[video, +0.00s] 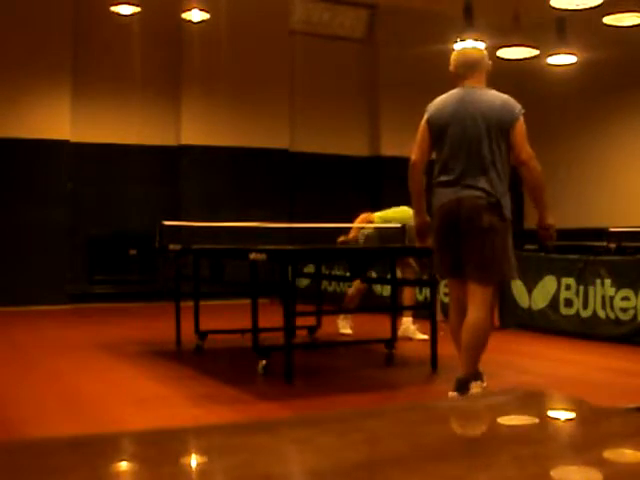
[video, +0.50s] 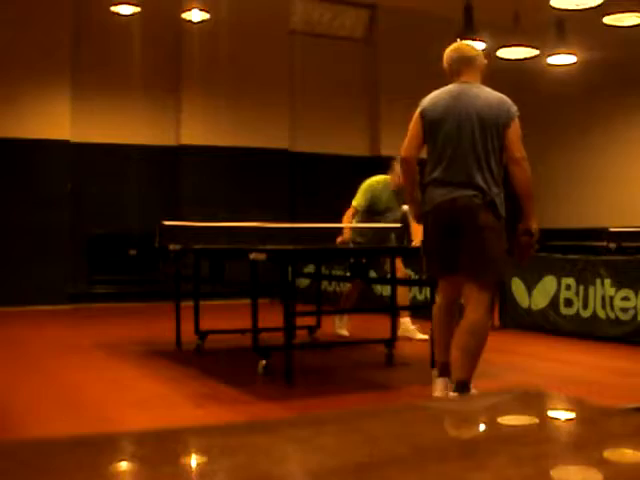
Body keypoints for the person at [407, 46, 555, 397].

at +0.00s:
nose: (486, 71)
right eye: (486, 65)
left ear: (454, 72)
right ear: (485, 69)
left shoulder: (436, 108)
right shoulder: (507, 107)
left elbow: (418, 162)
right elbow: (525, 161)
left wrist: (419, 212)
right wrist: (542, 212)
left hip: (445, 207)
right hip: (487, 208)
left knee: (455, 293)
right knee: (480, 297)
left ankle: (470, 373)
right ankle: (463, 382)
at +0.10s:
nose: (487, 72)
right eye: (486, 67)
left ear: (454, 72)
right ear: (485, 70)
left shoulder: (434, 106)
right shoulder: (506, 107)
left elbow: (415, 161)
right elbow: (524, 163)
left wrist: (417, 210)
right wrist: (537, 212)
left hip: (442, 208)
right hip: (486, 208)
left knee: (456, 292)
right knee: (481, 296)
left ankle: (470, 374)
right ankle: (463, 383)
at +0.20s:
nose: (486, 69)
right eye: (486, 64)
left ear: (454, 71)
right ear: (486, 69)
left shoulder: (434, 105)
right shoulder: (505, 107)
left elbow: (411, 158)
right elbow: (520, 162)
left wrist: (416, 208)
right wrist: (533, 213)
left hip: (442, 208)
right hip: (485, 208)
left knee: (454, 291)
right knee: (481, 294)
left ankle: (471, 373)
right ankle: (463, 382)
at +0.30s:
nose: (486, 70)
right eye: (485, 65)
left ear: (452, 71)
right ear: (486, 69)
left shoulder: (432, 104)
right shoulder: (504, 107)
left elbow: (409, 156)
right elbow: (519, 162)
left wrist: (415, 209)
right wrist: (530, 215)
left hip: (441, 206)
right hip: (483, 207)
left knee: (453, 290)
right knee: (480, 294)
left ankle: (463, 375)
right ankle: (462, 383)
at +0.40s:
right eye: (482, 64)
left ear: (451, 68)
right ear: (484, 68)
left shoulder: (432, 103)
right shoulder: (504, 106)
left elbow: (408, 156)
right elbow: (519, 162)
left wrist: (416, 205)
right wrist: (529, 215)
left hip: (440, 208)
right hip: (484, 208)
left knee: (451, 291)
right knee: (479, 296)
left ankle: (451, 373)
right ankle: (462, 383)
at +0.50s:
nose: (484, 68)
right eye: (483, 64)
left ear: (449, 70)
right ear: (481, 67)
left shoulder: (429, 104)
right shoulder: (502, 105)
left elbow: (408, 155)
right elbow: (517, 160)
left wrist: (414, 205)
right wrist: (529, 215)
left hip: (438, 210)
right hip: (483, 211)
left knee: (446, 290)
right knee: (478, 298)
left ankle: (441, 375)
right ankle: (460, 388)